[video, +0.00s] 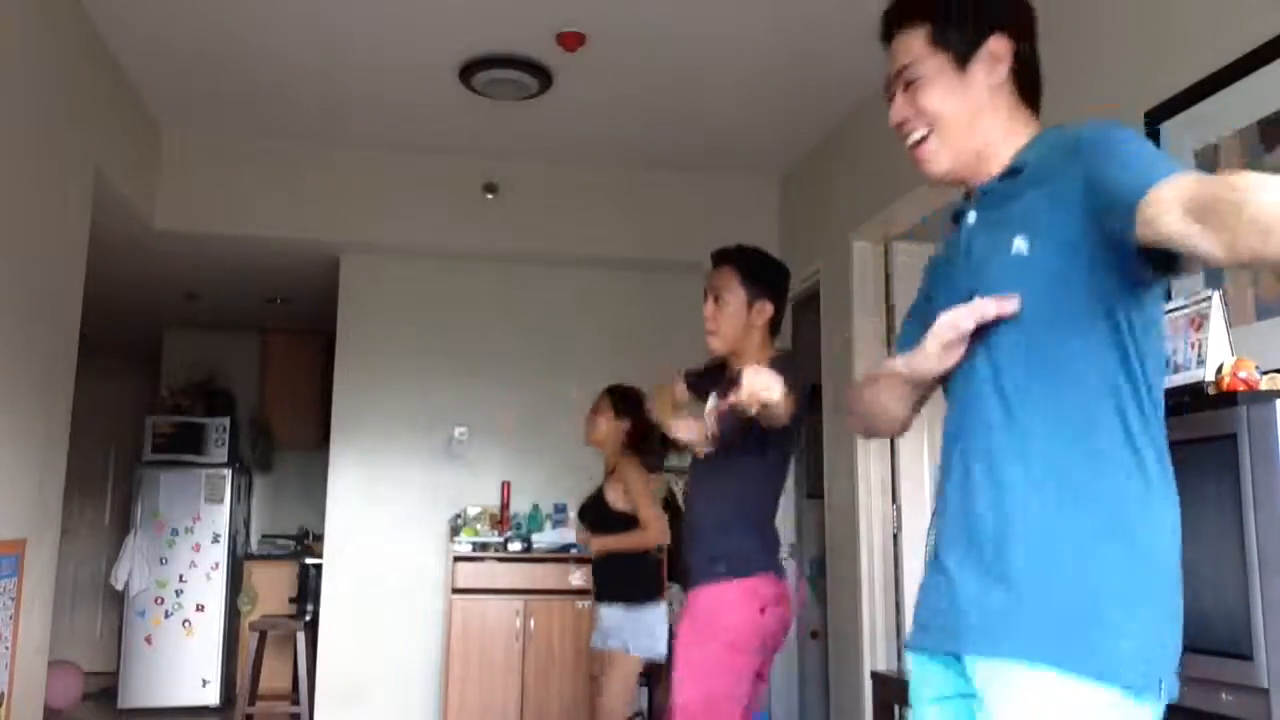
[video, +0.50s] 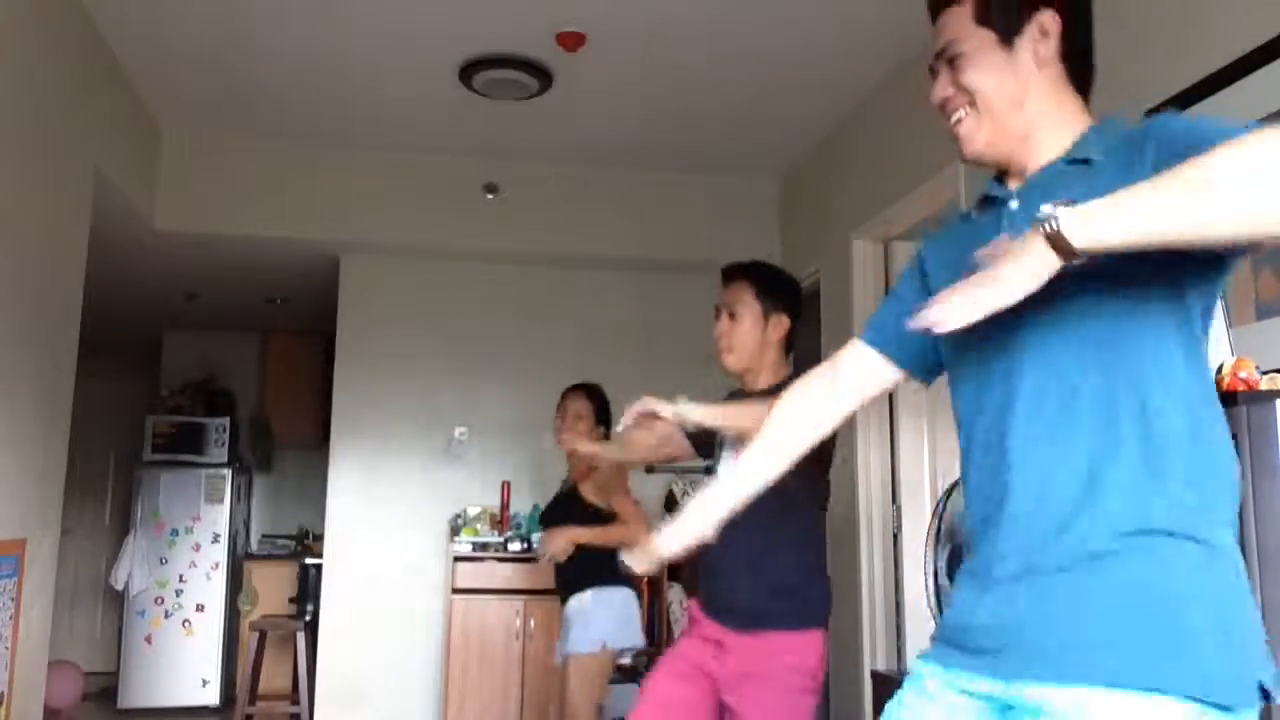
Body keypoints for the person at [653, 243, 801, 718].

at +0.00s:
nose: (706, 312)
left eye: (719, 299)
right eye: (706, 299)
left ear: (763, 312)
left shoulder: (781, 376)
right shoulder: (718, 376)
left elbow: (781, 409)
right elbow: (667, 399)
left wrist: (763, 399)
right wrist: (680, 424)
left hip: (735, 588)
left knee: (697, 709)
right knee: (737, 710)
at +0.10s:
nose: (710, 320)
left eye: (724, 307)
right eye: (710, 307)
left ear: (767, 321)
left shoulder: (789, 388)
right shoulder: (720, 391)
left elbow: (791, 432)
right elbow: (666, 423)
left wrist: (715, 411)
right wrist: (614, 441)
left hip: (753, 602)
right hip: (715, 598)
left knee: (686, 710)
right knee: (745, 713)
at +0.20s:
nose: (711, 305)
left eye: (726, 291)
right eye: (712, 291)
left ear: (770, 305)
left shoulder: (795, 374)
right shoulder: (722, 380)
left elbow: (797, 406)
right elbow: (650, 425)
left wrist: (695, 388)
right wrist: (560, 430)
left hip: (763, 591)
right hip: (722, 589)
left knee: (695, 710)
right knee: (744, 714)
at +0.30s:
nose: (714, 304)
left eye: (727, 288)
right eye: (715, 290)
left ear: (773, 300)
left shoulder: (801, 366)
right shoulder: (725, 379)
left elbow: (810, 394)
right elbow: (658, 426)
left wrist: (713, 396)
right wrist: (599, 439)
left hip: (771, 603)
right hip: (702, 597)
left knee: (754, 714)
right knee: (678, 713)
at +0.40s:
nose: (716, 323)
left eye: (730, 308)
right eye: (718, 309)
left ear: (776, 322)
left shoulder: (811, 393)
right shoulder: (723, 402)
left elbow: (789, 418)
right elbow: (664, 442)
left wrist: (717, 419)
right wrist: (628, 458)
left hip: (787, 632)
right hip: (704, 627)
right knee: (676, 712)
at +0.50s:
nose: (719, 330)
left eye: (733, 315)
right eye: (719, 316)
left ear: (778, 327)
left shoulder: (811, 399)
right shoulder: (732, 410)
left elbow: (774, 419)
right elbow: (661, 443)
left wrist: (678, 412)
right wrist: (601, 449)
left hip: (781, 641)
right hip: (707, 629)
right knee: (649, 712)